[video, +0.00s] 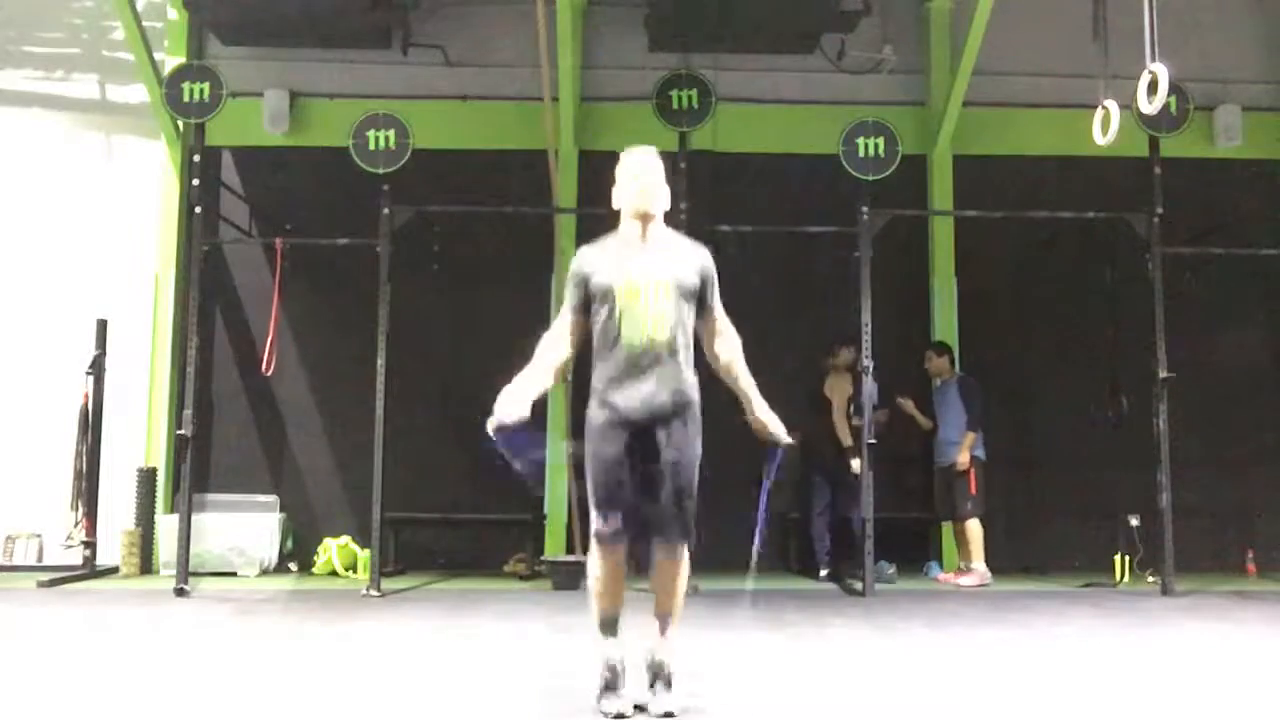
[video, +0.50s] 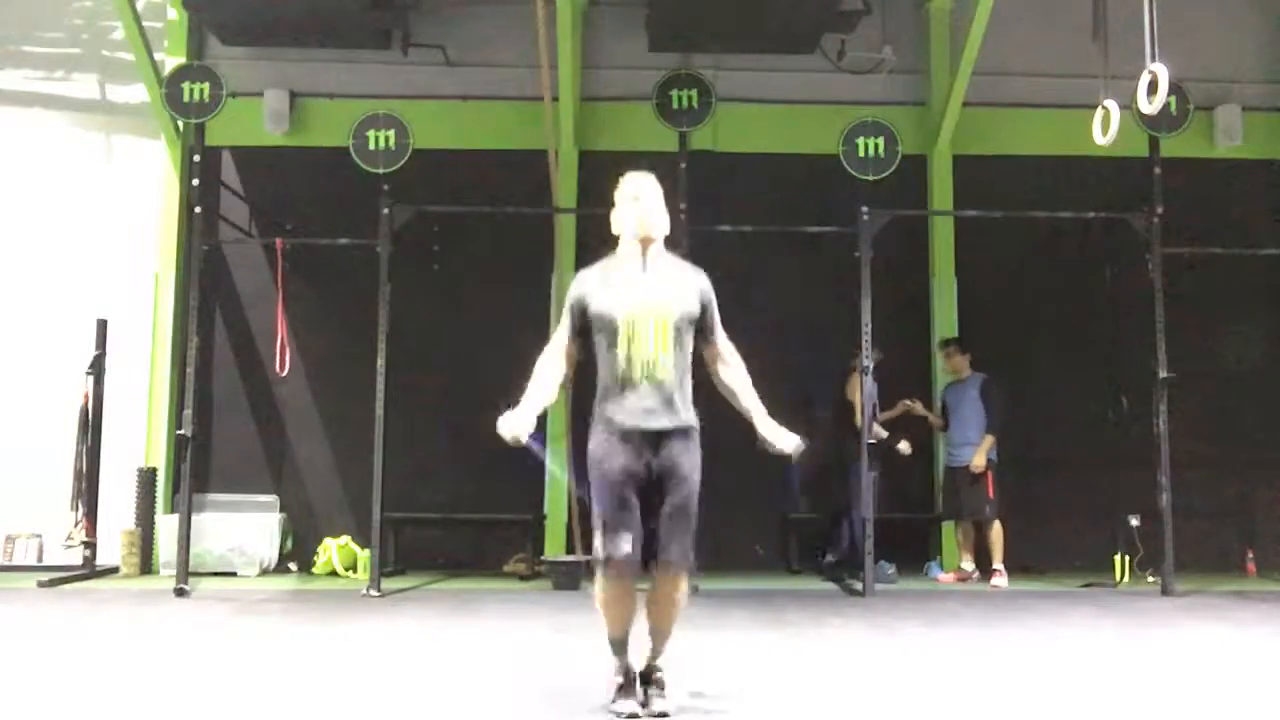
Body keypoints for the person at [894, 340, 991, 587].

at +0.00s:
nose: (927, 365)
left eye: (930, 359)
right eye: (926, 360)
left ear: (945, 359)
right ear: (937, 363)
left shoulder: (965, 384)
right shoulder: (936, 392)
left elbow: (976, 419)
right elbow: (932, 427)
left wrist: (965, 450)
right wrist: (914, 412)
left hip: (965, 456)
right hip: (943, 459)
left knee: (968, 514)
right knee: (954, 516)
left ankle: (979, 567)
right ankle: (964, 566)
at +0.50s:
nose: (947, 362)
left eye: (951, 356)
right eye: (945, 357)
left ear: (966, 356)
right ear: (946, 360)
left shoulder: (984, 384)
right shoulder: (948, 391)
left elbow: (994, 421)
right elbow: (945, 425)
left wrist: (982, 452)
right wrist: (924, 413)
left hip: (979, 459)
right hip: (955, 462)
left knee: (988, 516)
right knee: (961, 517)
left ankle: (998, 568)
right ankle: (967, 567)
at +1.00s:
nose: (959, 361)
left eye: (963, 356)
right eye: (958, 356)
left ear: (979, 355)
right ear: (963, 357)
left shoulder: (1003, 384)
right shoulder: (962, 388)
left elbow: (1021, 421)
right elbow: (956, 423)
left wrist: (1024, 457)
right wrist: (924, 413)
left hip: (994, 460)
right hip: (965, 461)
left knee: (996, 517)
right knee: (959, 514)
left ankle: (999, 569)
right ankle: (968, 566)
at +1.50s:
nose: (937, 362)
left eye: (940, 356)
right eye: (936, 356)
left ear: (953, 356)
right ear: (949, 357)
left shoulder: (983, 384)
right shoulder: (941, 389)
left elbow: (992, 423)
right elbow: (935, 424)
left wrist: (971, 452)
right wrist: (914, 452)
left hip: (980, 461)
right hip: (947, 462)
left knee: (986, 514)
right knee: (949, 517)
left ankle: (997, 567)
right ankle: (953, 573)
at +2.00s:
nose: (898, 361)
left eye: (902, 355)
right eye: (896, 356)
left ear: (916, 353)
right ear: (900, 359)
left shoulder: (940, 380)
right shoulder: (902, 388)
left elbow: (964, 414)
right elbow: (898, 423)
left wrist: (956, 448)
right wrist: (886, 449)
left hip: (937, 456)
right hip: (914, 458)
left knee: (922, 512)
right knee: (932, 516)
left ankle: (931, 572)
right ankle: (951, 569)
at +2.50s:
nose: (859, 363)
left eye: (862, 357)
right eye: (856, 359)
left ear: (872, 353)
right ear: (857, 360)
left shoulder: (892, 385)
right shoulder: (866, 383)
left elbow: (893, 427)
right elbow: (863, 425)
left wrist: (882, 462)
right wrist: (850, 453)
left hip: (889, 451)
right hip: (870, 450)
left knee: (887, 513)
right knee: (867, 509)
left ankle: (888, 573)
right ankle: (907, 549)